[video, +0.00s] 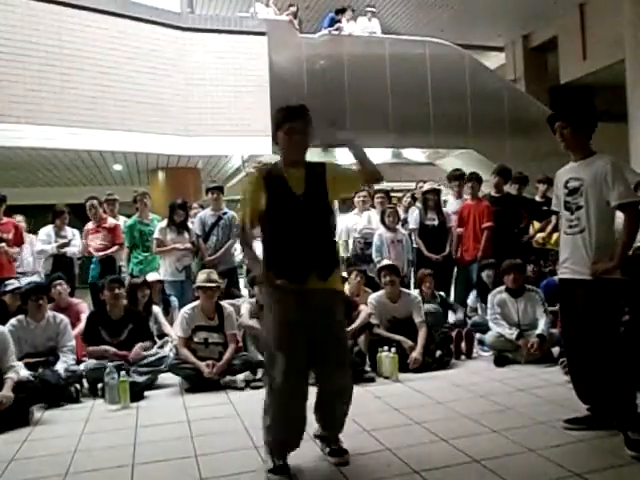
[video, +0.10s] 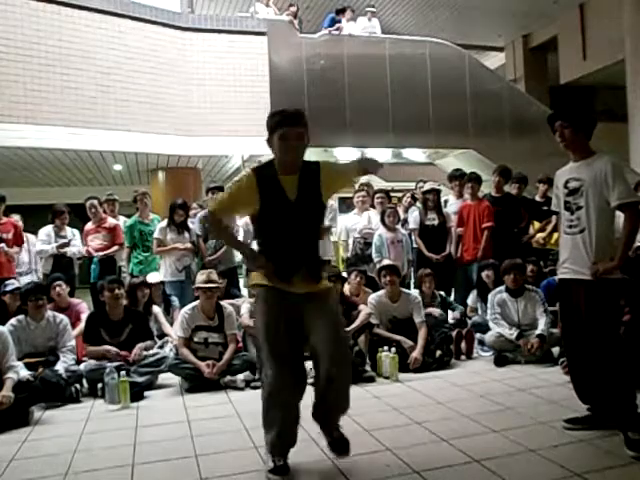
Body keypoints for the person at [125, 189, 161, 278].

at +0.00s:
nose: (144, 202)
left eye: (146, 199)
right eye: (140, 200)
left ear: (150, 202)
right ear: (136, 205)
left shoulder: (157, 221)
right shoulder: (131, 224)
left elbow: (161, 243)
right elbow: (127, 247)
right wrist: (124, 267)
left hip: (155, 266)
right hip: (137, 267)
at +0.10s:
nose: (144, 203)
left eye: (146, 199)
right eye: (140, 200)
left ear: (150, 202)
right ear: (136, 204)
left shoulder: (157, 220)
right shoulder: (130, 224)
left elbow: (160, 243)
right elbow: (127, 247)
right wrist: (125, 268)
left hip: (155, 266)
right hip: (138, 267)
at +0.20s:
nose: (144, 203)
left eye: (146, 199)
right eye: (140, 200)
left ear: (150, 202)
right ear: (136, 204)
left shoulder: (157, 220)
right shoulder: (131, 224)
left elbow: (160, 242)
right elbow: (127, 247)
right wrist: (125, 267)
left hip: (155, 265)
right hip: (138, 267)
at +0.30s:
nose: (144, 202)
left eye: (146, 199)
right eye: (140, 200)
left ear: (150, 202)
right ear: (136, 204)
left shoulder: (157, 220)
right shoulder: (130, 224)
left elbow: (160, 242)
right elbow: (127, 247)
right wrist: (126, 269)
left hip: (155, 265)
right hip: (138, 267)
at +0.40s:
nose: (144, 203)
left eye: (146, 199)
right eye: (140, 200)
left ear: (150, 202)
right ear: (136, 204)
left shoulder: (157, 220)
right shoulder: (130, 224)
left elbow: (160, 242)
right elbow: (127, 247)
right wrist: (126, 269)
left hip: (155, 266)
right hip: (138, 267)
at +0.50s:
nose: (144, 203)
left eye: (146, 199)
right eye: (140, 200)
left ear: (150, 202)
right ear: (136, 204)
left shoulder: (157, 220)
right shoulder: (130, 224)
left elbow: (160, 243)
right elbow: (127, 247)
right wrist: (125, 269)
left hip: (155, 266)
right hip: (138, 267)